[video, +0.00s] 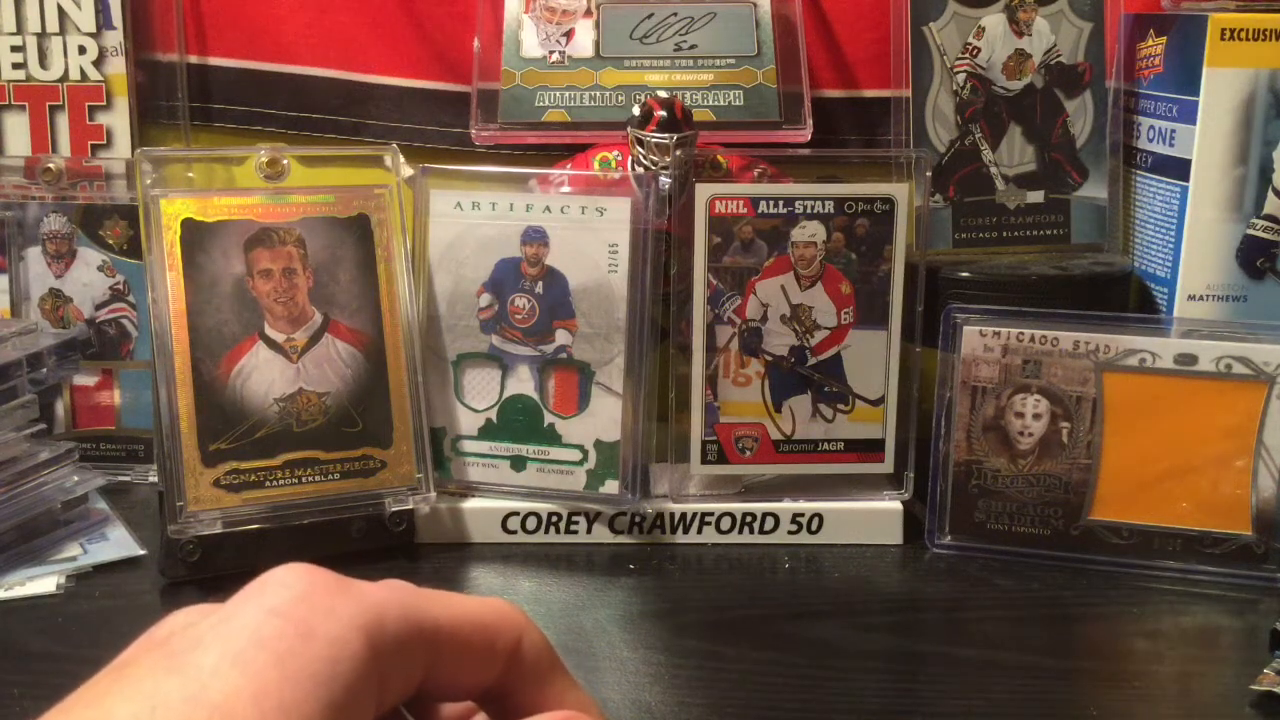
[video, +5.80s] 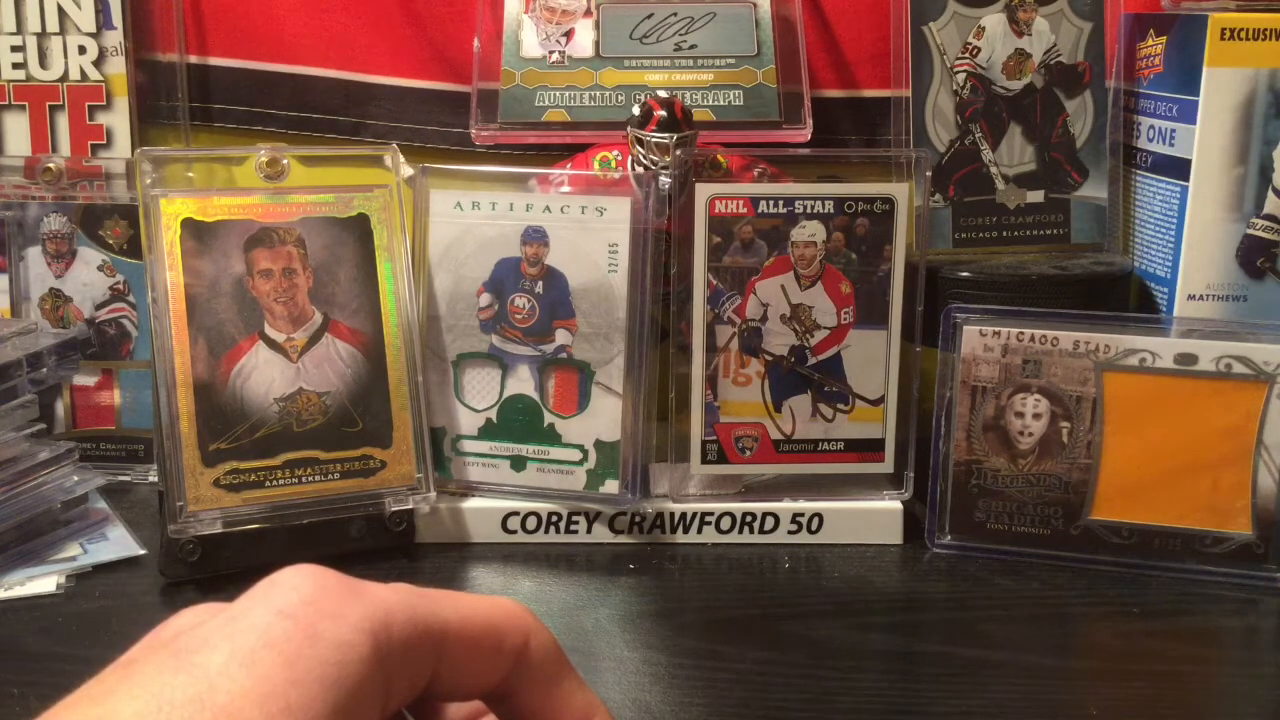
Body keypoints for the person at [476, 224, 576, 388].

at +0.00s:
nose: (535, 251)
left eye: (540, 246)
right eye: (530, 246)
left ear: (547, 250)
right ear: (522, 248)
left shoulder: (557, 280)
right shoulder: (504, 268)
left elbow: (565, 321)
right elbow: (486, 292)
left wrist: (562, 349)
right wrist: (487, 316)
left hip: (542, 353)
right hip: (503, 350)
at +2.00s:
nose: (535, 251)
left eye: (540, 247)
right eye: (530, 246)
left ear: (546, 250)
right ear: (522, 248)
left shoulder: (557, 280)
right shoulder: (504, 268)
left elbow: (565, 321)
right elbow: (486, 293)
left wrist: (562, 351)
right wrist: (487, 319)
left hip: (542, 352)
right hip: (503, 348)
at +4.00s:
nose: (534, 251)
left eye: (540, 247)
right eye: (530, 246)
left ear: (546, 251)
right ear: (522, 248)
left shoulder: (557, 280)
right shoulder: (505, 268)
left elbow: (565, 320)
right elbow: (487, 292)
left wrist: (562, 350)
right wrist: (486, 315)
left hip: (540, 352)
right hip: (502, 348)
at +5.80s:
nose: (534, 251)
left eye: (539, 247)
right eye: (530, 246)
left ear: (547, 250)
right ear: (522, 248)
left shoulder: (557, 280)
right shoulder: (504, 267)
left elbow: (565, 322)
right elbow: (487, 292)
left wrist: (561, 352)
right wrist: (487, 318)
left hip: (542, 351)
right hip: (503, 347)